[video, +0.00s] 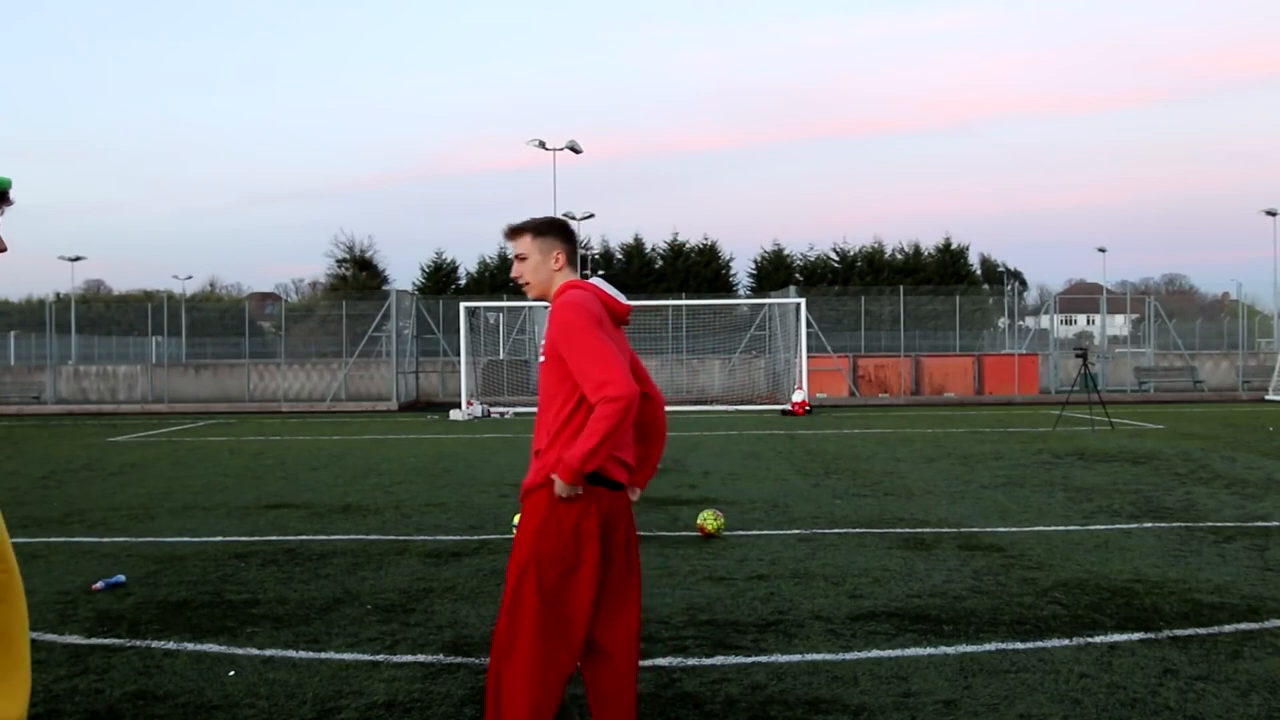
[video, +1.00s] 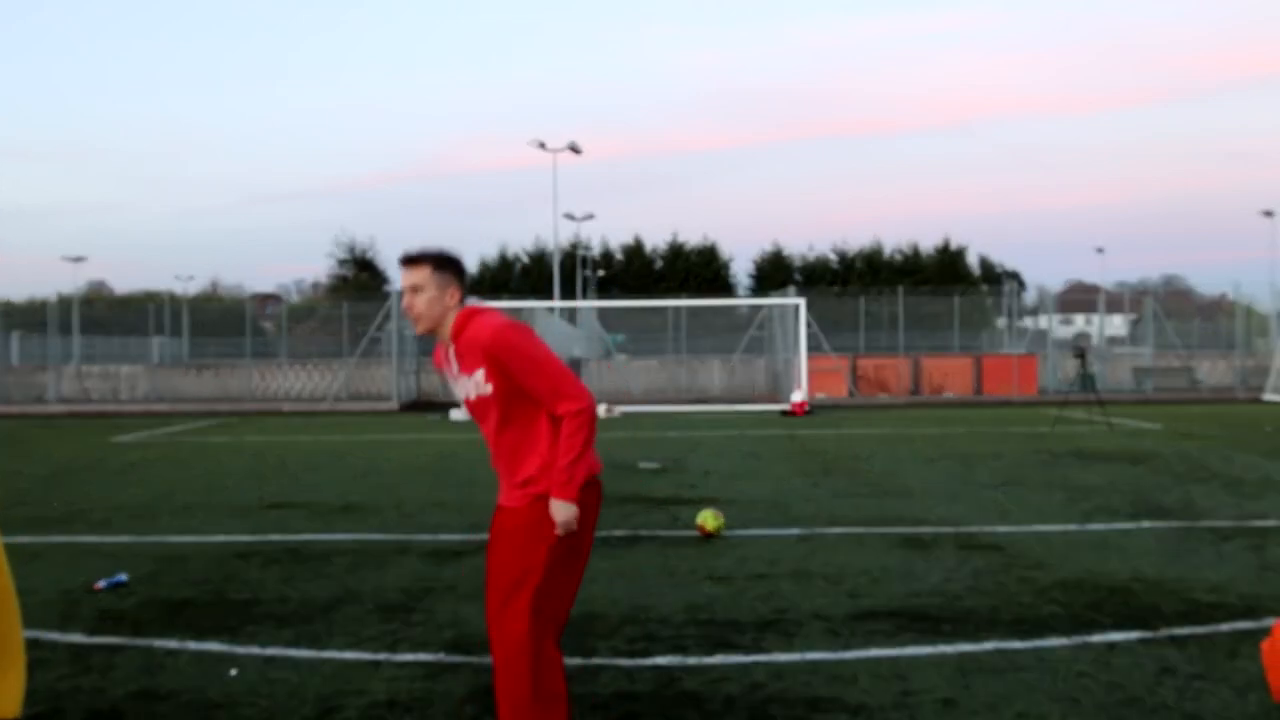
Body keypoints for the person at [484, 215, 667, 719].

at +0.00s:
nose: (515, 272)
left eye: (522, 259)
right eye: (513, 261)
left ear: (557, 258)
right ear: (563, 262)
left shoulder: (571, 307)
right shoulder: (595, 311)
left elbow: (617, 393)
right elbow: (651, 401)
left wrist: (570, 468)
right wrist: (634, 479)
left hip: (564, 507)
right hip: (608, 505)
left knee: (528, 648)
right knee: (610, 650)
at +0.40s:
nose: (462, 269)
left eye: (470, 256)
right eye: (460, 258)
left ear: (507, 256)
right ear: (509, 260)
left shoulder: (518, 312)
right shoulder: (539, 308)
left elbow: (572, 404)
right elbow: (598, 399)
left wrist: (536, 484)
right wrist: (577, 475)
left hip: (511, 506)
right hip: (546, 506)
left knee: (491, 642)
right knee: (545, 636)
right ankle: (576, 708)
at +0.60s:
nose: (437, 272)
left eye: (445, 260)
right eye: (436, 261)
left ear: (481, 260)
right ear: (482, 263)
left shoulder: (509, 316)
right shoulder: (504, 313)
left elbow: (552, 418)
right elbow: (536, 417)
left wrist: (514, 501)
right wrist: (502, 497)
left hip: (514, 509)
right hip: (510, 506)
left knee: (496, 646)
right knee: (500, 643)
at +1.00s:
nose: (406, 304)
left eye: (415, 292)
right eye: (403, 294)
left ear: (451, 293)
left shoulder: (494, 333)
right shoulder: (447, 354)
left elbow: (577, 404)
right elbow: (513, 416)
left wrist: (565, 490)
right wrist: (517, 490)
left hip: (550, 496)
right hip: (518, 495)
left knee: (526, 632)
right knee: (507, 629)